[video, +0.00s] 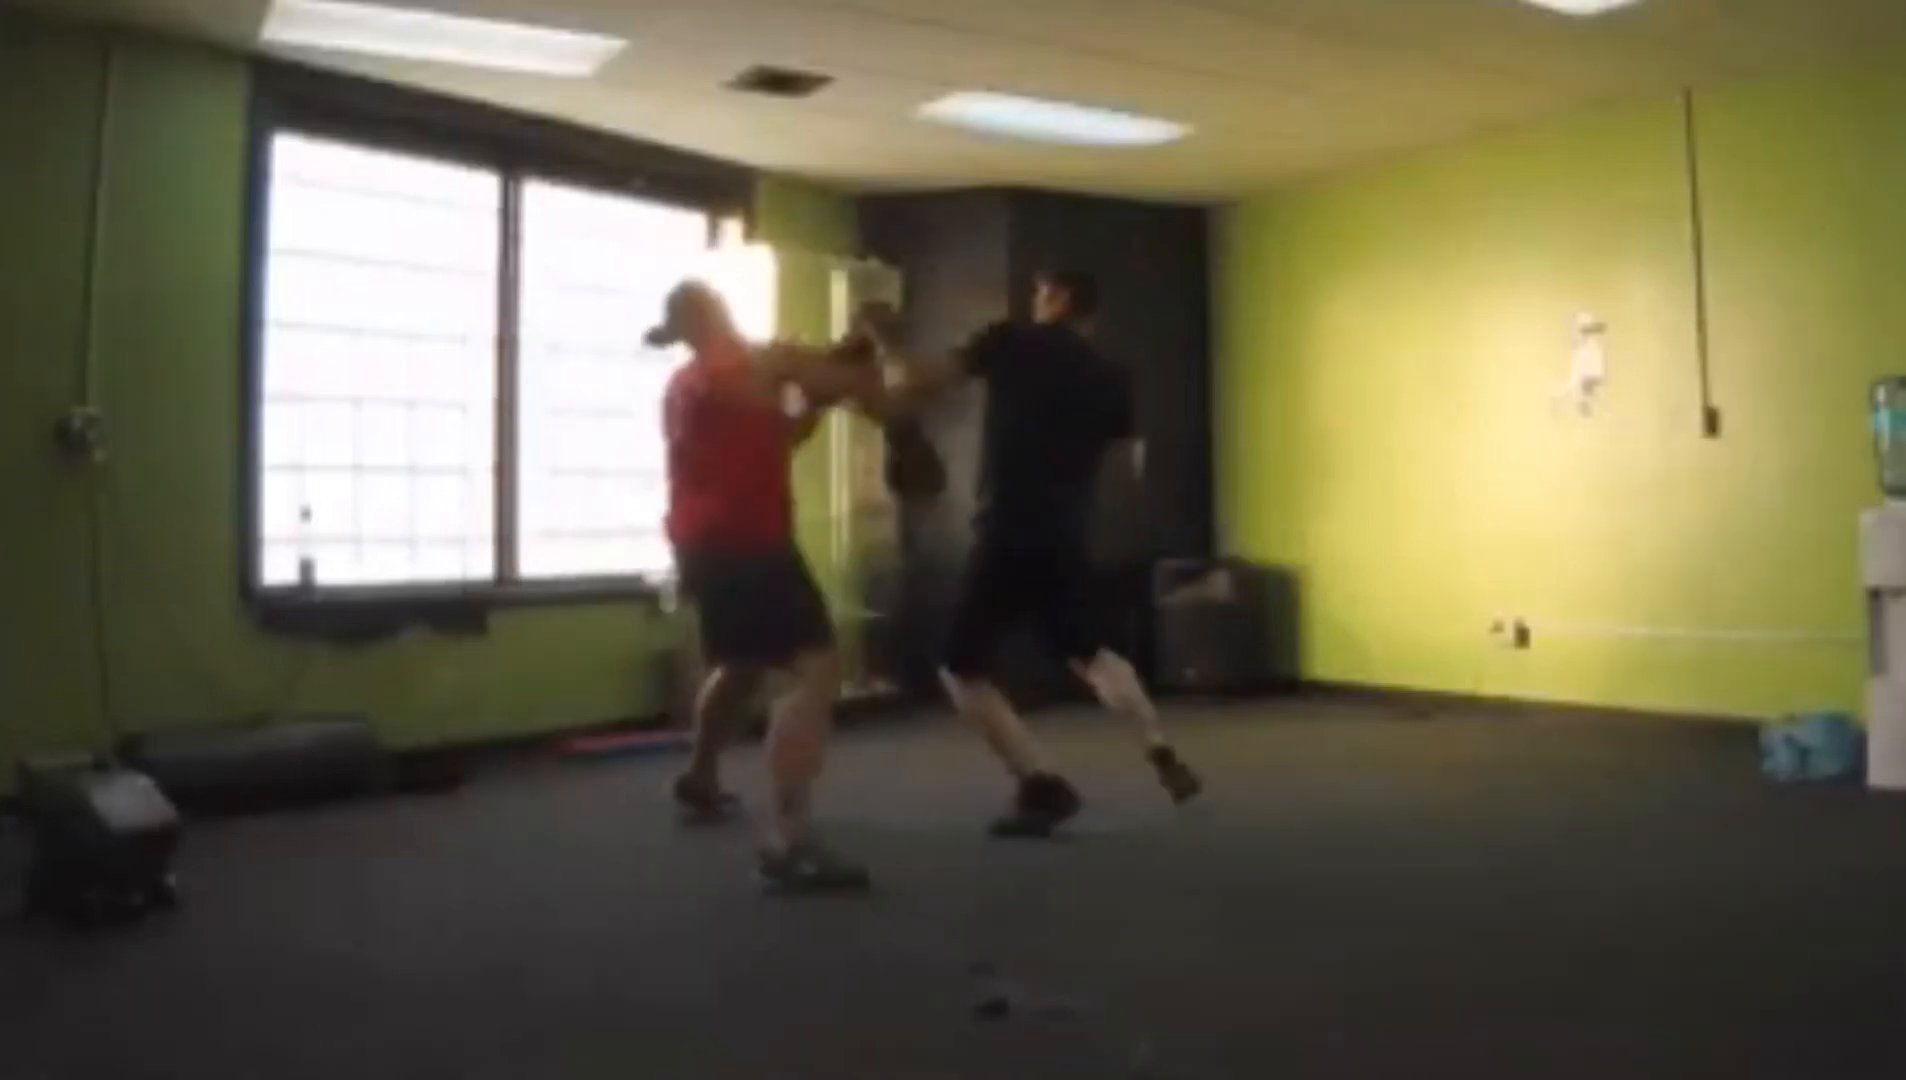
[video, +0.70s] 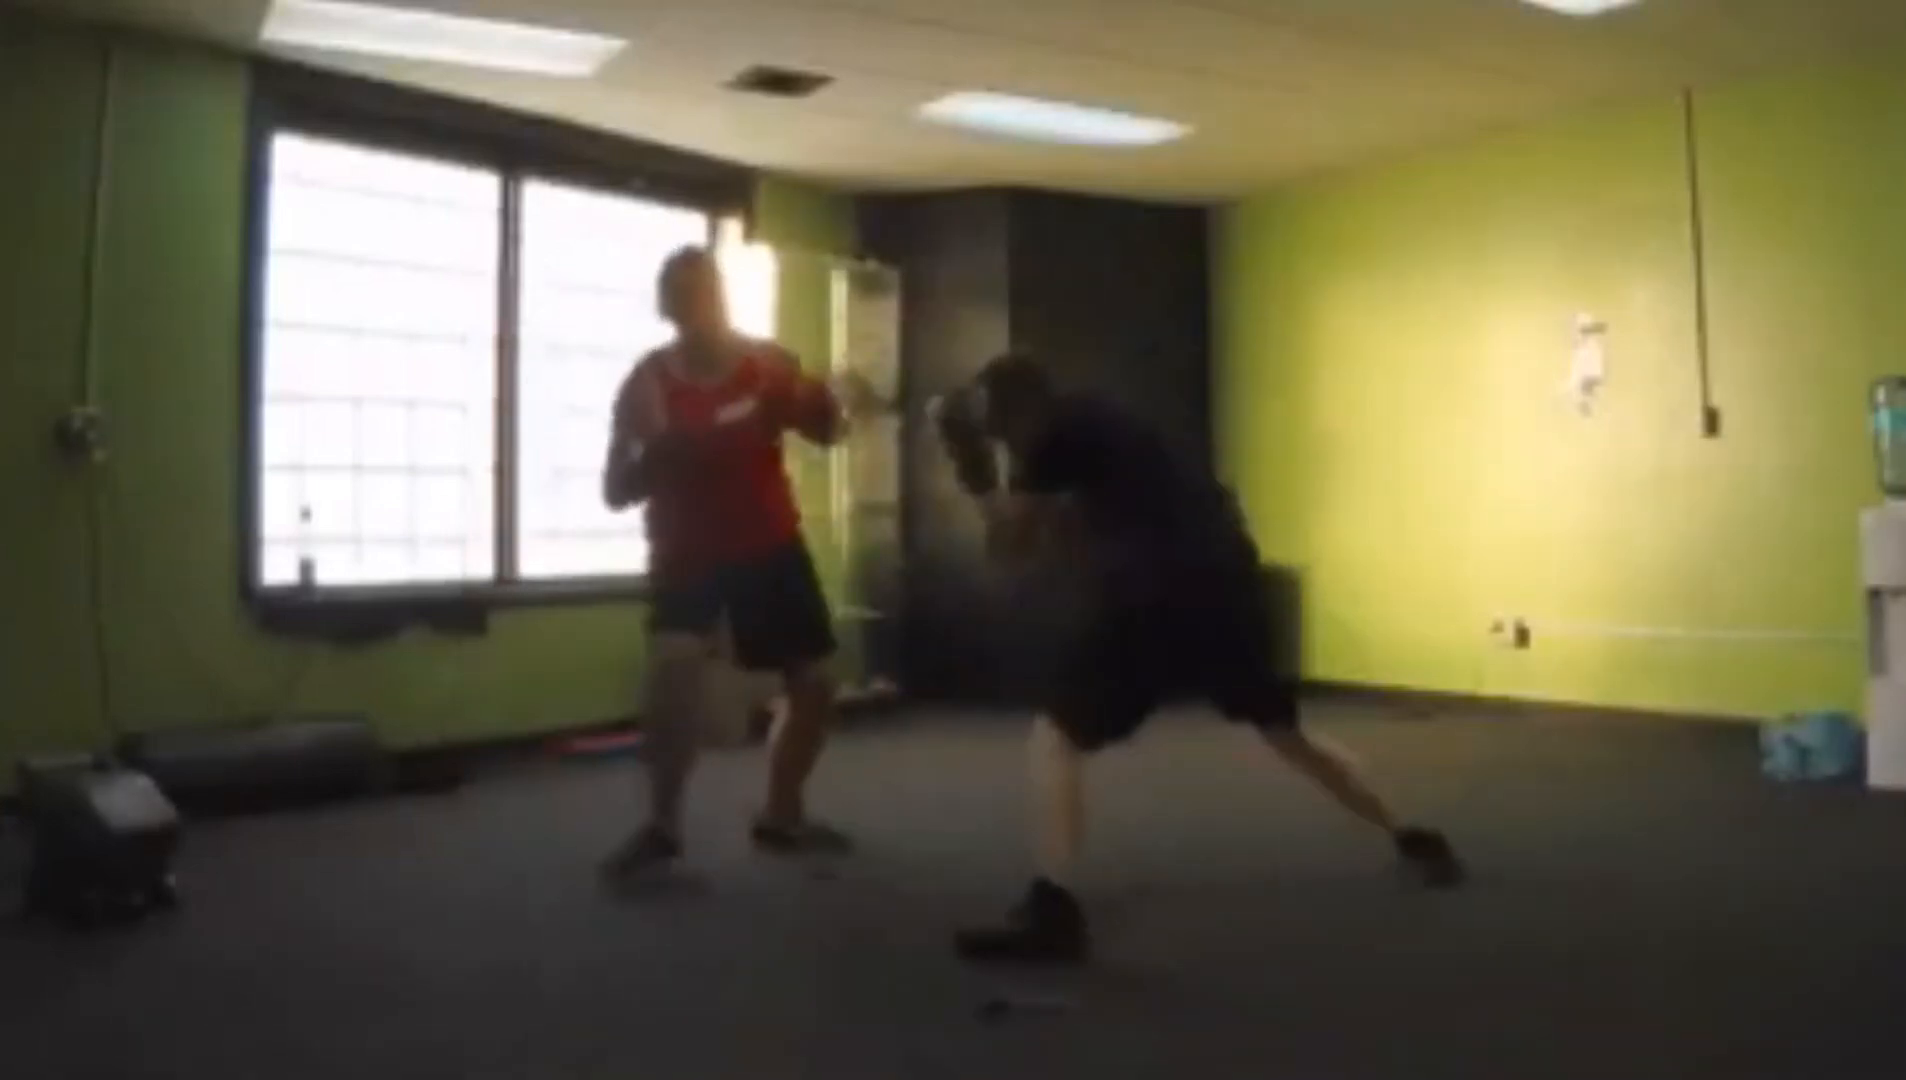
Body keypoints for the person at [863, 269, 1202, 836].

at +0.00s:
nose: (1036, 303)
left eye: (1042, 294)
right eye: (1041, 294)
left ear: (1054, 300)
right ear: (1088, 310)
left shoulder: (1010, 341)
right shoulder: (1107, 375)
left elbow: (928, 380)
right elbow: (1129, 470)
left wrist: (882, 347)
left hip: (1006, 531)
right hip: (1066, 533)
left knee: (961, 667)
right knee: (1087, 650)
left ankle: (1036, 782)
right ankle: (1156, 744)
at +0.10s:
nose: (1050, 289)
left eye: (1055, 279)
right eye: (1054, 279)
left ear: (1071, 285)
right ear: (1102, 292)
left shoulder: (1033, 336)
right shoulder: (1119, 359)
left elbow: (1006, 416)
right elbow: (1127, 435)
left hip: (1023, 525)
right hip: (1080, 526)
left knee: (990, 662)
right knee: (1125, 649)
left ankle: (1043, 785)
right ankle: (1219, 736)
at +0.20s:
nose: (1057, 283)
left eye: (1063, 271)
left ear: (1073, 279)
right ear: (1127, 283)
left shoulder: (1068, 332)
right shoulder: (1135, 342)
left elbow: (1028, 396)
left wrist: (990, 336)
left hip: (1050, 526)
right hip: (1117, 522)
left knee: (1017, 652)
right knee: (1167, 656)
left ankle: (1033, 790)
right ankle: (1260, 763)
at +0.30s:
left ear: (1089, 282)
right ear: (1140, 278)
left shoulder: (1101, 321)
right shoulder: (1171, 335)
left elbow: (1014, 346)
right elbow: (1077, 380)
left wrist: (1030, 288)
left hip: (1105, 526)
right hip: (1175, 530)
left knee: (1036, 645)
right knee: (1200, 683)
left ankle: (1034, 792)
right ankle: (1275, 816)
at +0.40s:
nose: (1055, 309)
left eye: (1056, 300)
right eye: (1054, 300)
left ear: (1074, 290)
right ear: (1112, 274)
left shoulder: (1111, 318)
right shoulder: (1170, 328)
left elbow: (1011, 340)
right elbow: (1087, 383)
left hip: (1132, 524)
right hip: (1197, 525)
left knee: (1053, 640)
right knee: (1228, 681)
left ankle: (1058, 790)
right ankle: (1293, 825)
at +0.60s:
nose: (1049, 365)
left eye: (1050, 355)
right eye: (1050, 355)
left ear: (1063, 350)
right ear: (1105, 337)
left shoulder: (1096, 377)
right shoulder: (1184, 376)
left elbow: (1061, 463)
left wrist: (1016, 423)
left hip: (1160, 570)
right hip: (1235, 565)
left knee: (1056, 697)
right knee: (1291, 714)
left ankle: (1060, 852)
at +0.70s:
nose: (1005, 435)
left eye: (1003, 423)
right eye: (1003, 424)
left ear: (1015, 413)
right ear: (1045, 389)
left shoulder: (1061, 433)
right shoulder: (1113, 423)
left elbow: (1014, 538)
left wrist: (970, 453)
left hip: (1151, 602)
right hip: (1225, 591)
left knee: (1055, 735)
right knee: (1285, 736)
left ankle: (1053, 903)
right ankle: (1408, 838)